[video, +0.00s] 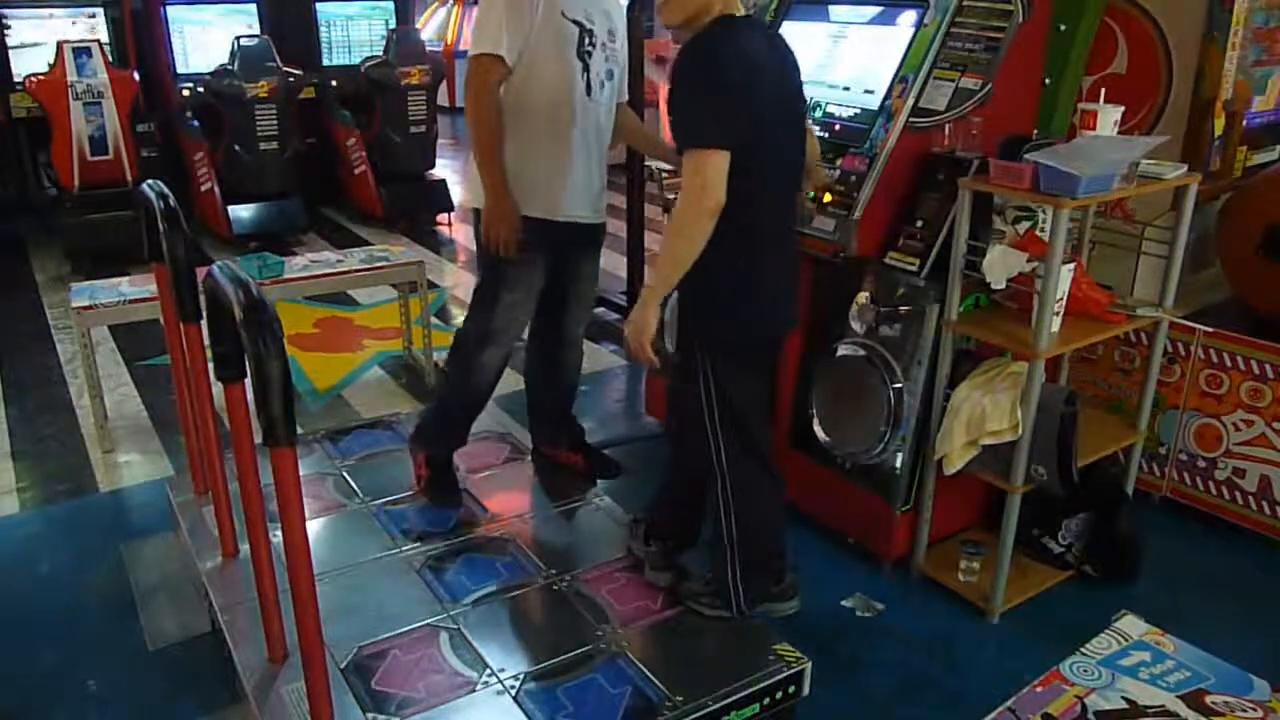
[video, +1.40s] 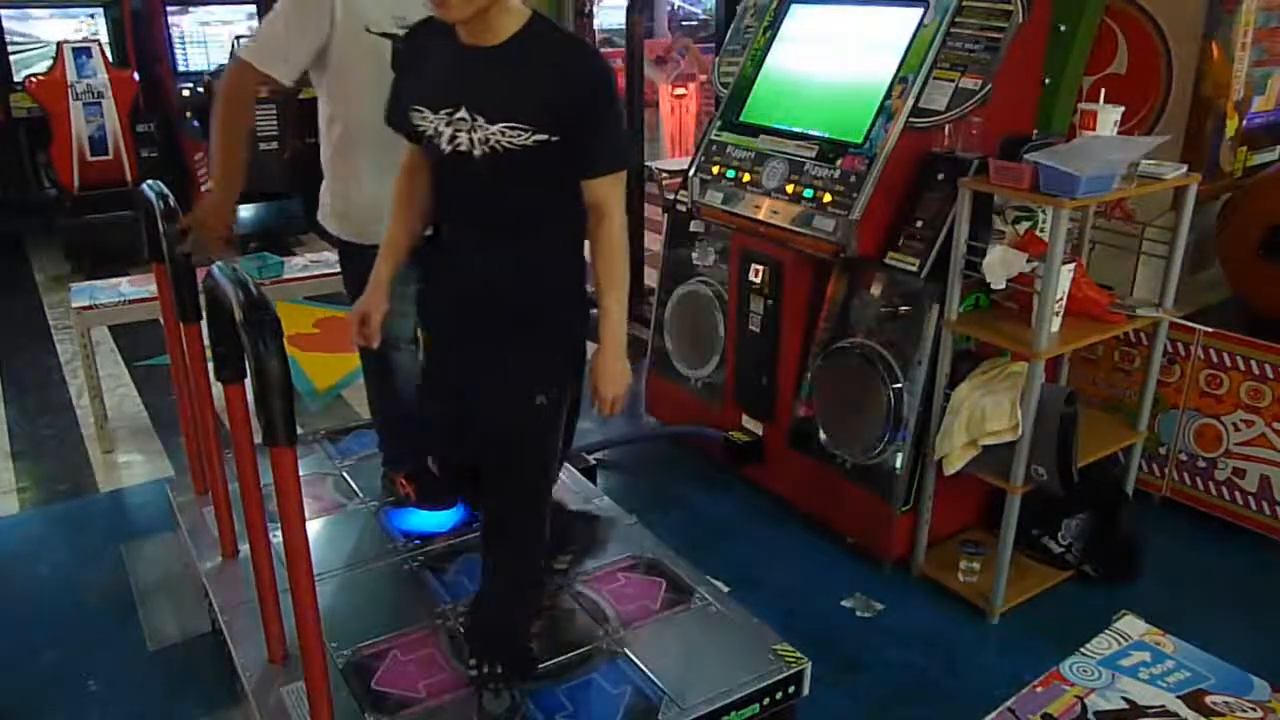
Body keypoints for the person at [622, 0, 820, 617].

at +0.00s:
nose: (659, 5)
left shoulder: (707, 57)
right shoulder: (767, 46)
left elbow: (703, 197)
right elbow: (808, 164)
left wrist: (651, 296)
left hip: (721, 289)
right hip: (761, 282)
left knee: (733, 437)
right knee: (699, 423)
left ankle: (757, 581)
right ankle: (667, 538)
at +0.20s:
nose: (643, 5)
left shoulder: (718, 57)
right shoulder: (713, 52)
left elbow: (725, 202)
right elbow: (695, 164)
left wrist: (664, 314)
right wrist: (631, 130)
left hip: (725, 301)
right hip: (704, 291)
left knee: (730, 446)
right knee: (662, 421)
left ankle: (759, 583)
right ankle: (656, 548)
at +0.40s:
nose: (615, 5)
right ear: (627, 4)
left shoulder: (707, 58)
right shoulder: (649, 54)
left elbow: (731, 196)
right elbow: (667, 160)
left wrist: (685, 317)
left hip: (714, 296)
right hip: (657, 291)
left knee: (720, 444)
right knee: (625, 426)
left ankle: (758, 574)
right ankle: (624, 548)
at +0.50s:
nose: (593, 3)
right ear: (606, 4)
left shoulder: (693, 55)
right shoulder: (634, 54)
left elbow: (719, 195)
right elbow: (646, 182)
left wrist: (686, 317)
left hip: (686, 300)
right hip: (640, 293)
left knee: (706, 444)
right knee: (615, 427)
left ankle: (755, 567)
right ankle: (610, 549)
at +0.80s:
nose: (526, 2)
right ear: (541, 2)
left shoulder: (641, 53)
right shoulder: (550, 56)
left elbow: (672, 186)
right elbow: (553, 177)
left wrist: (645, 314)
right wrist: (524, 268)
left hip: (620, 294)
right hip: (564, 286)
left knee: (607, 444)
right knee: (568, 435)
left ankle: (671, 553)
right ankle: (603, 556)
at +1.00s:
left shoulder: (615, 53)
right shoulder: (499, 48)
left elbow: (649, 189)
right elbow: (490, 165)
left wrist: (623, 311)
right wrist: (453, 265)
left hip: (594, 284)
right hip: (524, 277)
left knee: (564, 452)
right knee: (553, 431)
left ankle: (566, 600)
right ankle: (604, 548)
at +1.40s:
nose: (436, 0)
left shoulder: (576, 70)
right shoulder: (423, 49)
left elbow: (606, 214)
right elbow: (418, 166)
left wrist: (613, 344)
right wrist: (380, 277)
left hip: (539, 321)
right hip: (452, 313)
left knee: (514, 502)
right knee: (460, 458)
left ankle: (499, 654)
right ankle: (557, 529)